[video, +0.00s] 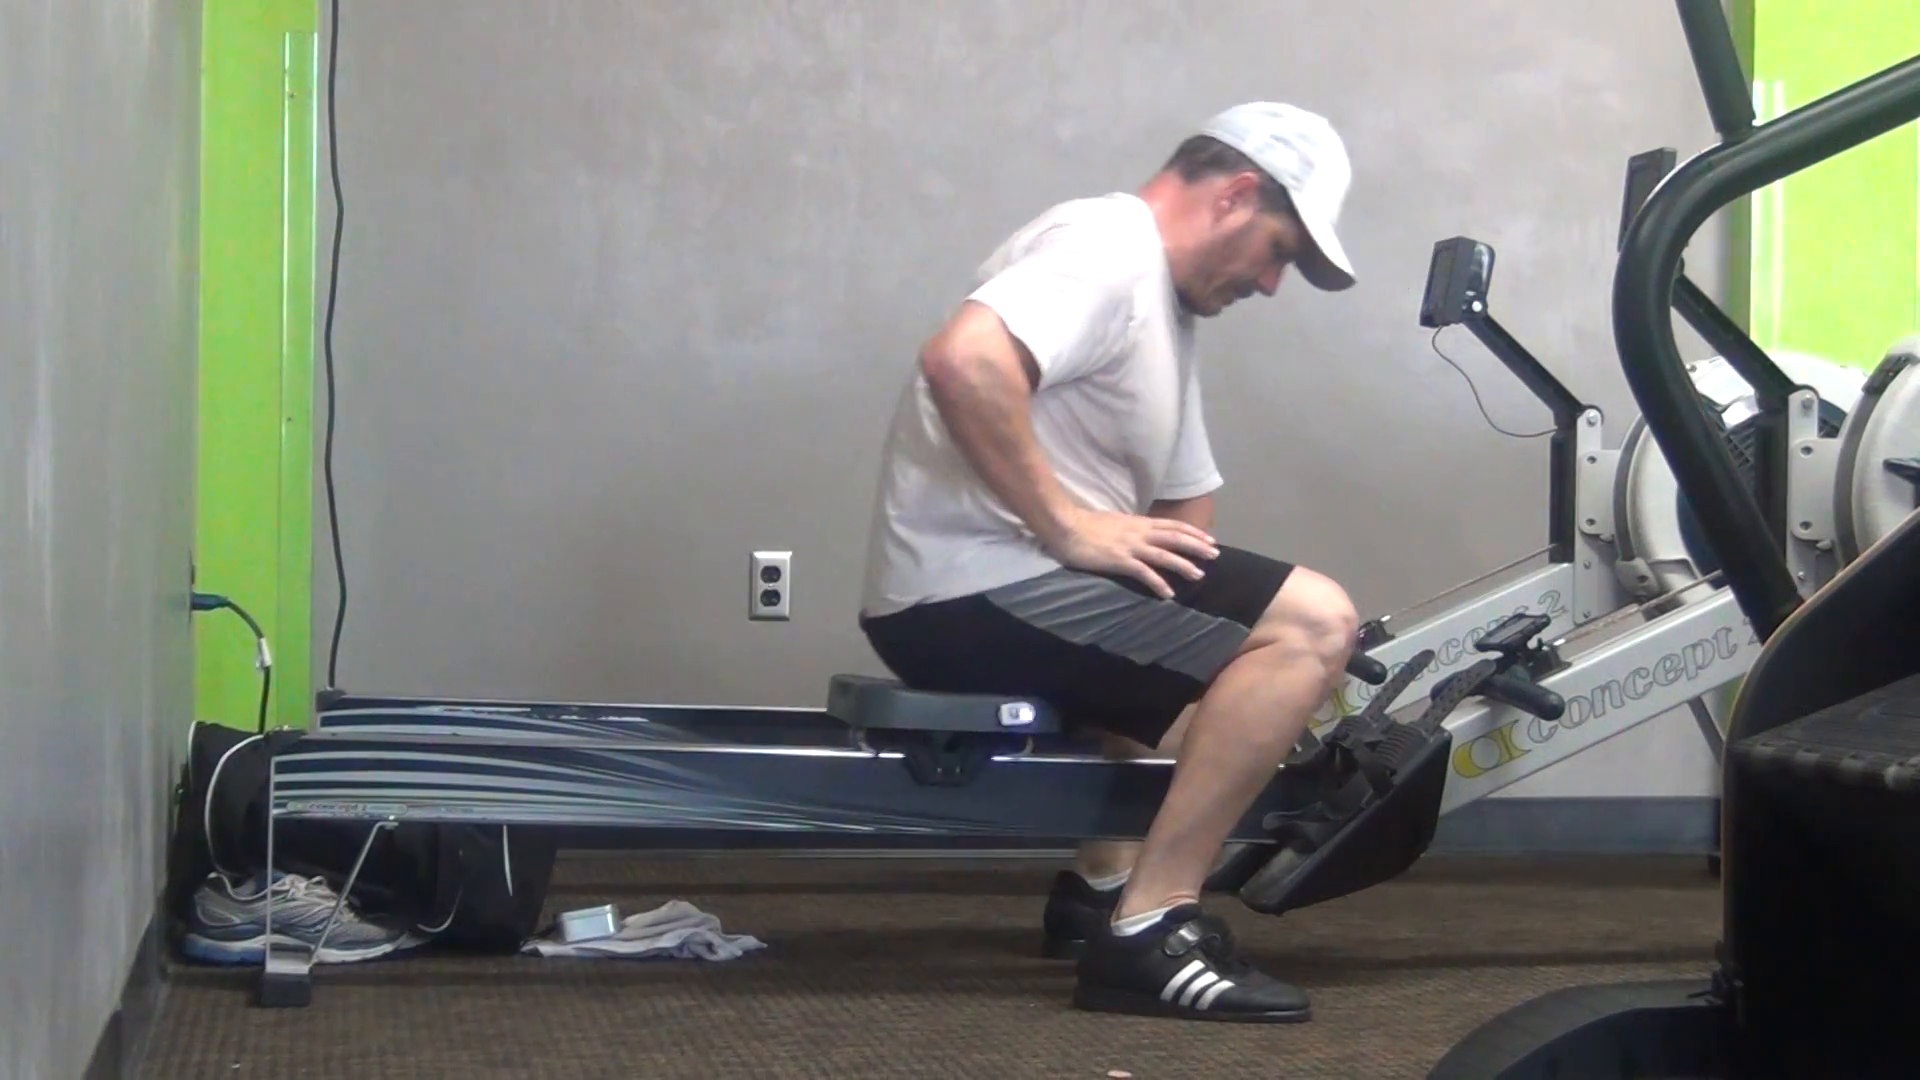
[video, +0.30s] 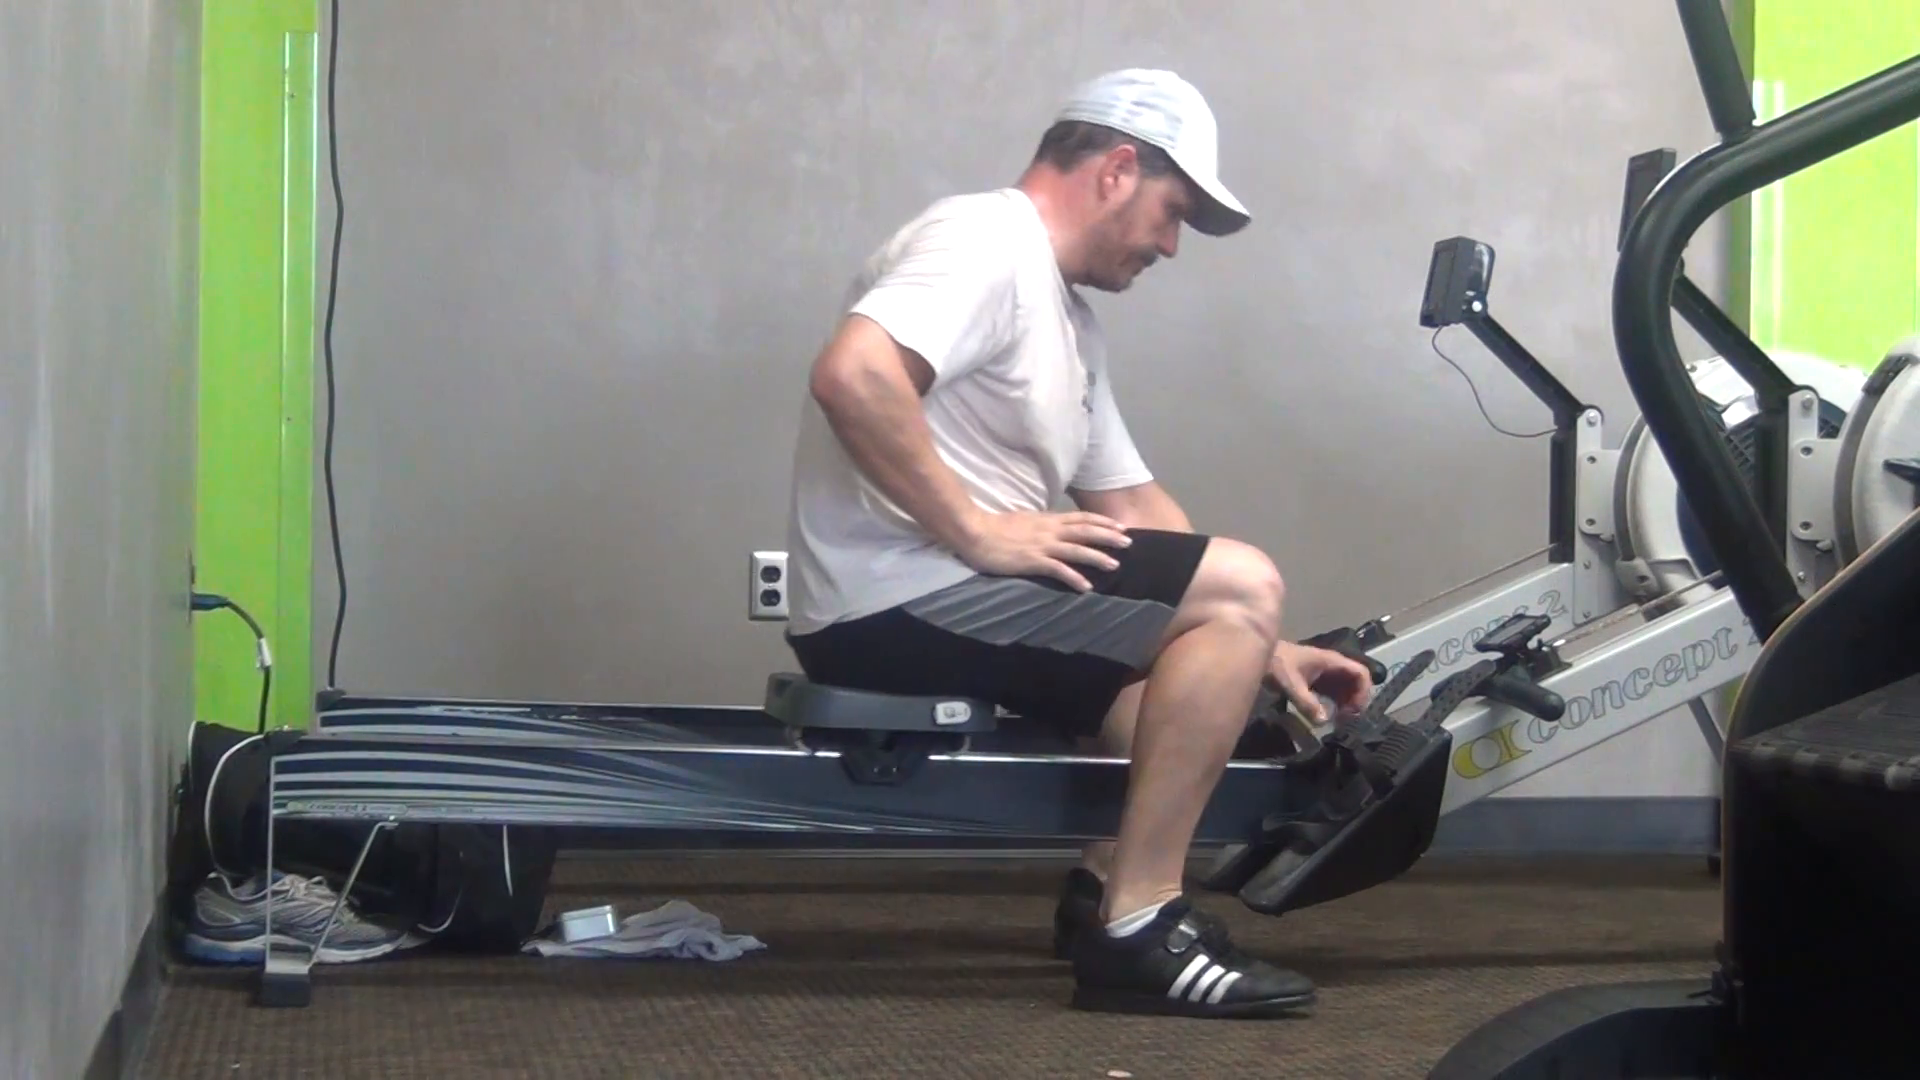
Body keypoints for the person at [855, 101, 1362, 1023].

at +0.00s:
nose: (1274, 283)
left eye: (1289, 265)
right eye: (1283, 253)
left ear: (1233, 198)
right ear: (1235, 197)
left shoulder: (1160, 301)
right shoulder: (1110, 242)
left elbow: (1190, 507)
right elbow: (966, 358)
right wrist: (1067, 522)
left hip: (1021, 585)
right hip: (965, 591)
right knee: (1313, 624)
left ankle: (1102, 880)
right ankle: (1148, 930)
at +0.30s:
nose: (1173, 246)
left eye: (1185, 222)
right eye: (1175, 212)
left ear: (1114, 177)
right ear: (1116, 171)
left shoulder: (1066, 314)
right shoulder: (989, 239)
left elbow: (1132, 501)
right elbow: (855, 376)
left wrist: (1267, 652)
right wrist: (974, 529)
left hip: (954, 596)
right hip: (884, 597)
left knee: (1205, 692)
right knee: (1244, 584)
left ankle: (1109, 892)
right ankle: (1139, 925)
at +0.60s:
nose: (1143, 236)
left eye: (1151, 213)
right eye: (1140, 201)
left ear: (1078, 173)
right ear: (1079, 166)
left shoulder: (1053, 347)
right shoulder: (933, 234)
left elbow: (1137, 521)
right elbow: (789, 359)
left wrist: (1272, 677)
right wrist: (908, 524)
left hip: (920, 602)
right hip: (823, 596)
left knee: (1171, 627)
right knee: (1186, 565)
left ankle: (1134, 932)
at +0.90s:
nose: (1087, 217)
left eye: (1095, 195)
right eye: (1083, 183)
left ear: (1020, 155)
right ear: (1020, 147)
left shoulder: (1008, 334)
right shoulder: (887, 225)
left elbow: (1104, 505)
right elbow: (753, 361)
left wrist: (1245, 650)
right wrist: (892, 521)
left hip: (906, 598)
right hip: (814, 596)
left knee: (1161, 621)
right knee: (1177, 559)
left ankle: (1137, 924)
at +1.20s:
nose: (1024, 206)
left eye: (1033, 185)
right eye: (1018, 172)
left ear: (959, 147)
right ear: (955, 139)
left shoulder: (977, 329)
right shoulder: (820, 216)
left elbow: (1091, 506)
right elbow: (671, 328)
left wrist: (1236, 623)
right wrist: (835, 458)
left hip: (910, 606)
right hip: (803, 587)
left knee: (1098, 596)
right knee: (1111, 421)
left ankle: (1139, 889)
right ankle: (1130, 759)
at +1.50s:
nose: (1008, 208)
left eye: (1019, 187)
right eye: (1000, 174)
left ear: (945, 160)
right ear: (933, 142)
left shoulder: (969, 340)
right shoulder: (797, 217)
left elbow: (1078, 514)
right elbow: (646, 328)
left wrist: (1236, 626)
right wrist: (818, 450)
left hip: (908, 612)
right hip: (802, 589)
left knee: (1111, 587)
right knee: (1109, 407)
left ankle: (1138, 881)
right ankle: (1204, 738)